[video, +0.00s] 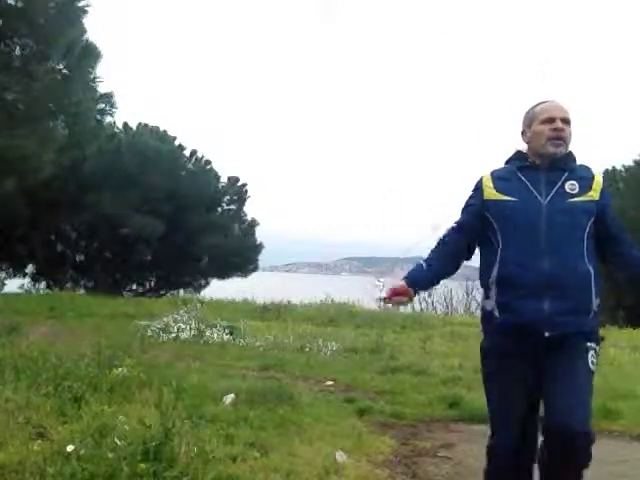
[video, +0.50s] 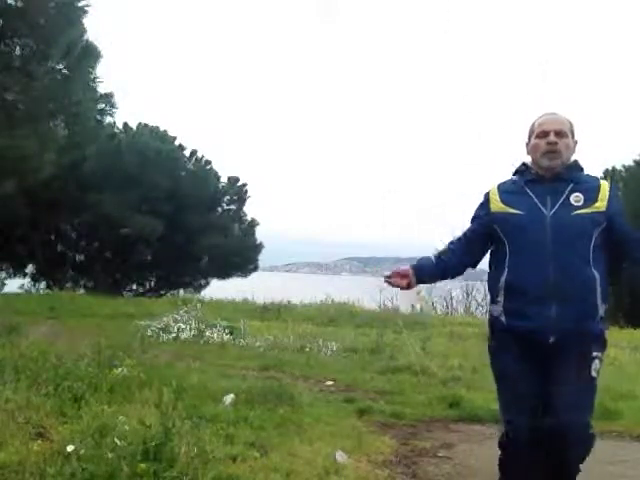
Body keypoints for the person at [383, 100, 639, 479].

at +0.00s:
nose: (559, 127)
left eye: (565, 122)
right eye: (548, 122)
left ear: (573, 133)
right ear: (526, 134)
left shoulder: (591, 186)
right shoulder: (493, 185)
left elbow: (621, 251)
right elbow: (456, 244)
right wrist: (413, 283)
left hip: (572, 333)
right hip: (508, 333)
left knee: (572, 437)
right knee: (509, 445)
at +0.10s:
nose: (559, 133)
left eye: (568, 127)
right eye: (550, 127)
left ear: (579, 138)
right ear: (532, 138)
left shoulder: (599, 191)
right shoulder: (498, 188)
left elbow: (630, 252)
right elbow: (457, 242)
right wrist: (409, 271)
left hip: (574, 334)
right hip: (509, 332)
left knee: (564, 441)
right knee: (511, 436)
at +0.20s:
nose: (561, 157)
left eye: (569, 151)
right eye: (552, 151)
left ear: (581, 163)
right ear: (535, 162)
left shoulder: (605, 216)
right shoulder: (501, 213)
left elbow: (632, 274)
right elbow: (468, 266)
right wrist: (425, 284)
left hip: (577, 358)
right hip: (510, 354)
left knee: (563, 453)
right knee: (505, 432)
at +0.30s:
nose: (559, 141)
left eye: (568, 135)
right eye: (550, 135)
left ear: (581, 147)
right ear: (536, 147)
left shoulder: (605, 202)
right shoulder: (503, 201)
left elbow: (630, 265)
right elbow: (473, 262)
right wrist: (433, 294)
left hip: (577, 351)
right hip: (511, 347)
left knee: (567, 455)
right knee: (510, 436)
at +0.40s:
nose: (554, 127)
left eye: (563, 121)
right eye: (546, 121)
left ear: (577, 131)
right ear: (532, 132)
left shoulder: (602, 183)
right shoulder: (503, 184)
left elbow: (631, 245)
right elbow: (467, 240)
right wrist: (423, 274)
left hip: (577, 328)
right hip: (514, 327)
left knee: (566, 433)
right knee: (519, 428)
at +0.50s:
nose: (551, 141)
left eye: (560, 135)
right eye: (542, 135)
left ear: (574, 145)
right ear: (529, 146)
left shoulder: (602, 195)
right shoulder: (500, 198)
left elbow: (632, 252)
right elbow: (463, 252)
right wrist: (417, 272)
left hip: (578, 336)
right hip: (514, 336)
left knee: (571, 433)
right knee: (521, 435)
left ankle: (559, 474)